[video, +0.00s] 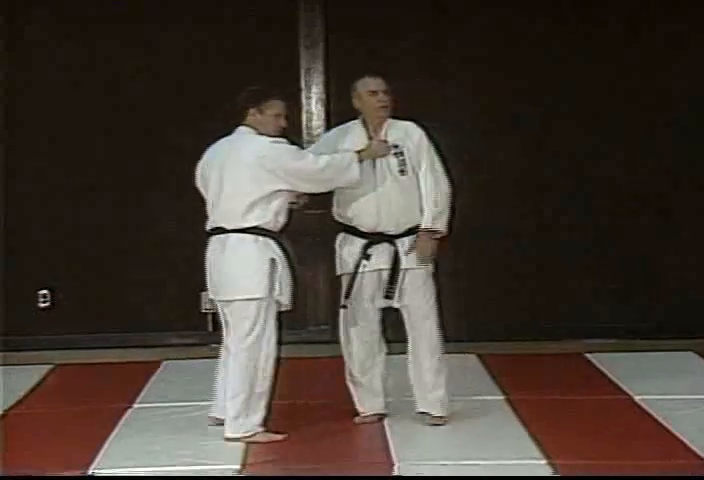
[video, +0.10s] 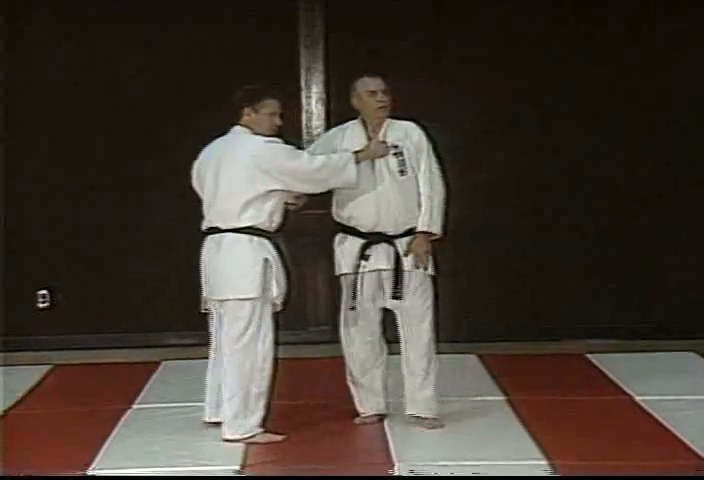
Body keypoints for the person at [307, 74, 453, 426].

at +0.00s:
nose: (382, 99)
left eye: (385, 93)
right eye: (373, 94)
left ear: (391, 99)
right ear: (356, 101)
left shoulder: (410, 135)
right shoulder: (338, 139)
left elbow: (436, 184)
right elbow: (302, 168)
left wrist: (429, 231)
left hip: (410, 244)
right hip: (358, 245)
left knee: (424, 325)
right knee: (360, 326)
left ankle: (432, 404)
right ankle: (369, 404)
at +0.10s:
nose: (382, 99)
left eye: (385, 93)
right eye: (373, 93)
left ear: (390, 99)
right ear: (355, 101)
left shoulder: (410, 135)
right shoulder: (336, 139)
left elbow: (432, 185)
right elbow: (302, 169)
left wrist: (424, 233)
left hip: (406, 245)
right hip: (356, 246)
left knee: (418, 330)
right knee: (360, 330)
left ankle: (421, 407)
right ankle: (369, 406)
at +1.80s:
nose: (355, 103)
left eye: (362, 96)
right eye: (351, 97)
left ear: (384, 97)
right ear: (348, 101)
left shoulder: (412, 133)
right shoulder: (338, 134)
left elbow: (434, 187)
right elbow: (293, 152)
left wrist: (424, 238)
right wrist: (252, 160)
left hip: (402, 247)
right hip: (352, 249)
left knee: (417, 331)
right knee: (358, 333)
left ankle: (427, 413)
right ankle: (371, 413)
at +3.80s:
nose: (361, 113)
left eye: (367, 106)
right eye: (356, 106)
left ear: (387, 103)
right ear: (351, 106)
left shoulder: (415, 136)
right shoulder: (343, 134)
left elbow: (436, 192)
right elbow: (294, 144)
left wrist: (431, 245)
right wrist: (241, 143)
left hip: (407, 247)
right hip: (357, 248)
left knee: (420, 327)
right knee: (359, 327)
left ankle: (429, 408)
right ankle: (371, 405)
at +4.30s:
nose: (363, 116)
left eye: (369, 109)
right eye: (358, 110)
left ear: (389, 105)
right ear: (354, 109)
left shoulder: (415, 137)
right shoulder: (345, 133)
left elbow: (430, 196)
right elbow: (294, 142)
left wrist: (392, 236)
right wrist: (242, 142)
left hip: (410, 244)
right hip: (358, 244)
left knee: (420, 324)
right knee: (360, 325)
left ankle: (433, 407)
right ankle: (373, 404)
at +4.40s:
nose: (367, 115)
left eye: (373, 107)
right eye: (362, 108)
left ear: (393, 104)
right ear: (358, 108)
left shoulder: (416, 137)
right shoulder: (349, 132)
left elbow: (417, 205)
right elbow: (299, 137)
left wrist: (363, 224)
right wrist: (245, 132)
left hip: (409, 246)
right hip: (359, 246)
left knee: (422, 330)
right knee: (361, 328)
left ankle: (434, 410)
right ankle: (374, 407)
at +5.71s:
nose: (400, 132)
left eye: (405, 124)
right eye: (395, 125)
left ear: (425, 115)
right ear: (390, 121)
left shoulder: (450, 144)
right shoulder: (387, 132)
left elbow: (414, 187)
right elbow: (340, 141)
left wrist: (347, 201)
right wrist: (290, 138)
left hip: (454, 245)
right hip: (412, 243)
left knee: (449, 329)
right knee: (412, 327)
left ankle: (443, 407)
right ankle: (419, 401)